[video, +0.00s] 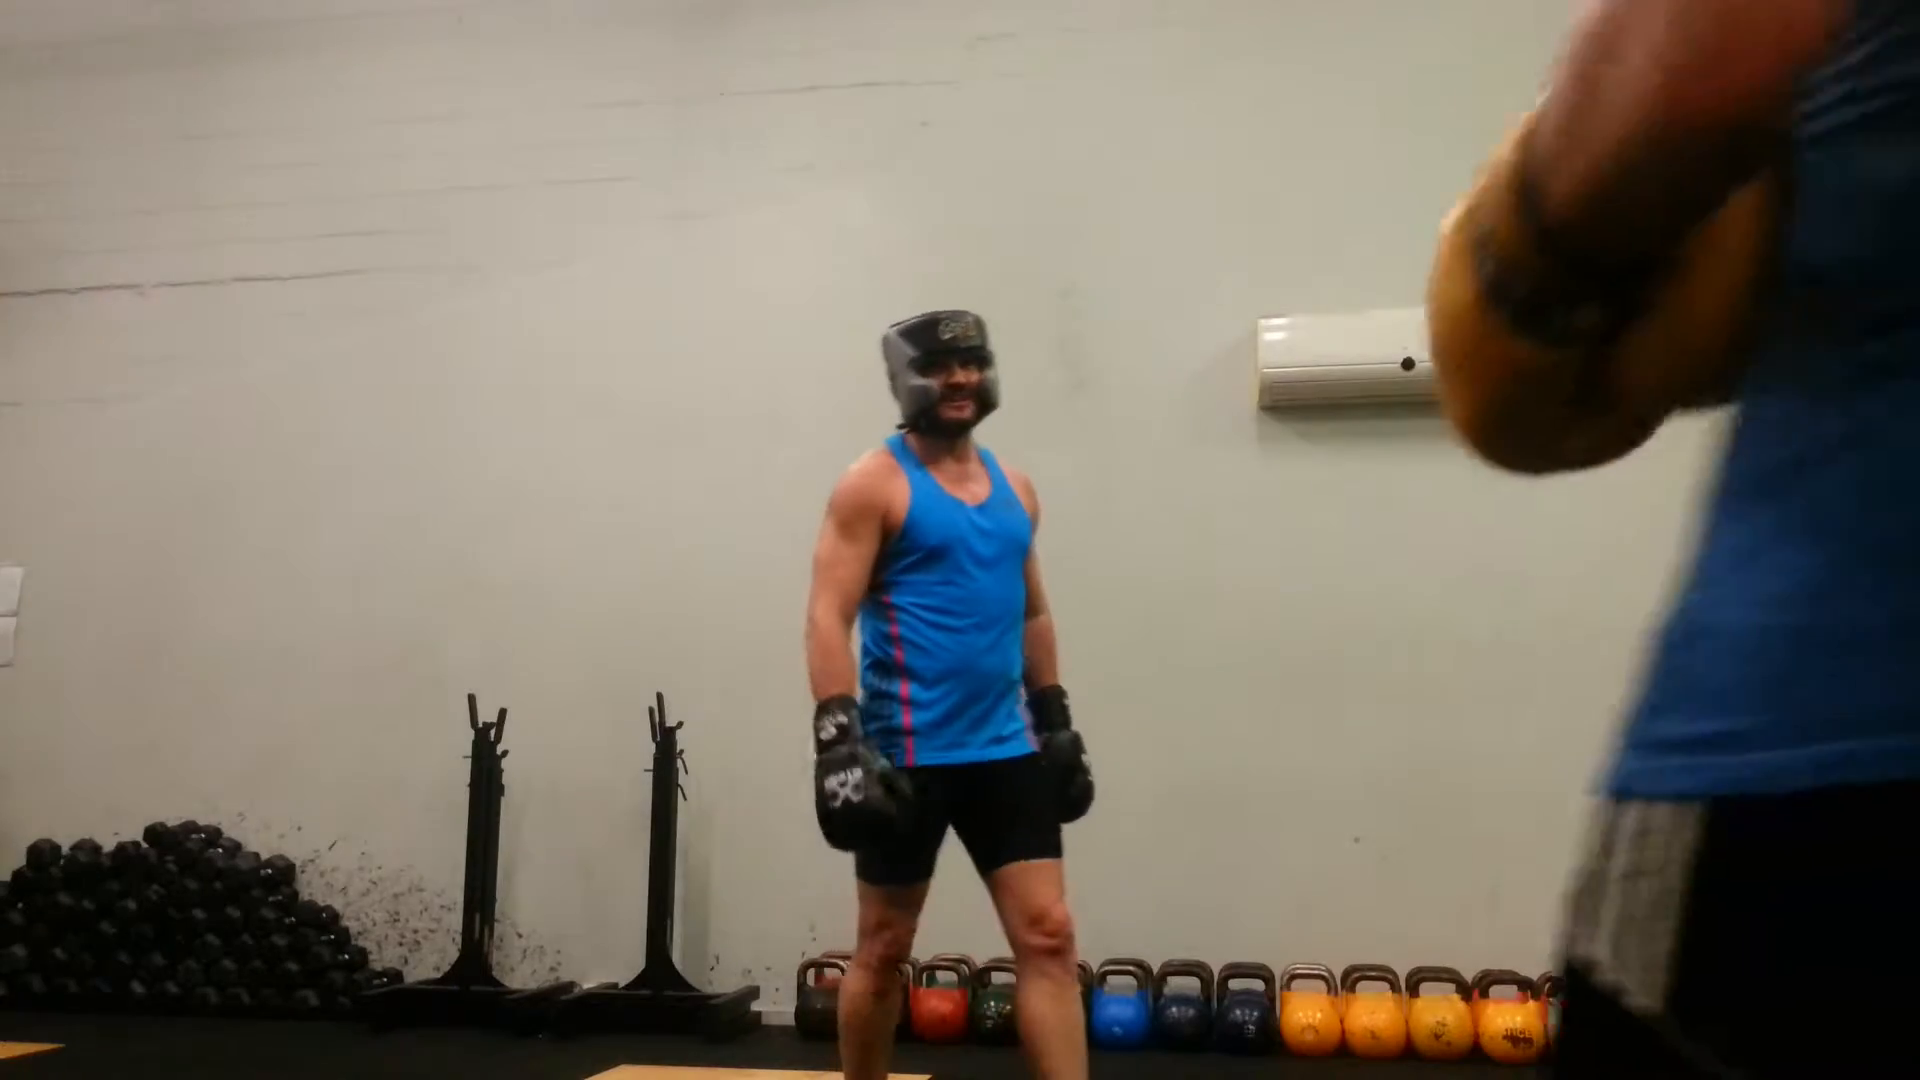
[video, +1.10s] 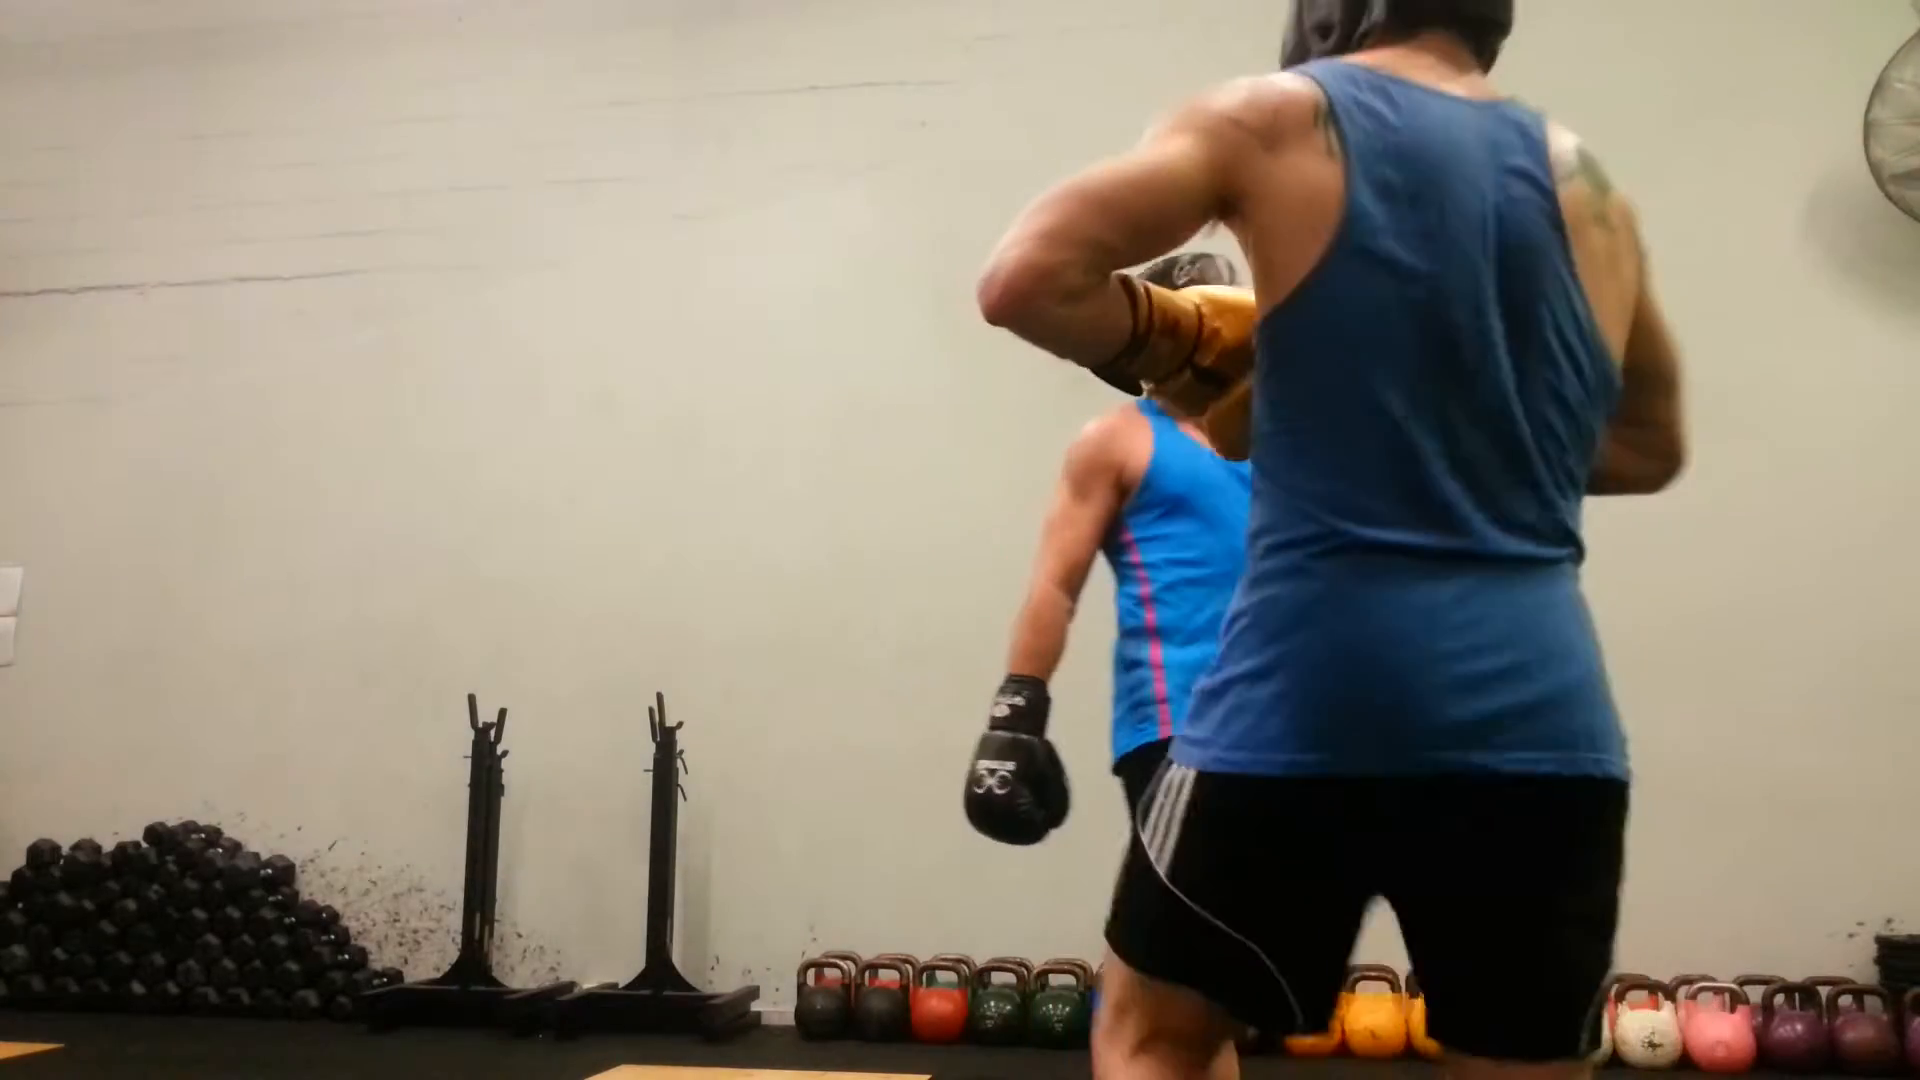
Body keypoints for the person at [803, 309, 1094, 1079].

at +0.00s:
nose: (963, 380)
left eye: (974, 365)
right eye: (942, 368)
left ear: (990, 377)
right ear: (905, 382)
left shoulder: (1012, 487)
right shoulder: (872, 486)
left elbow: (1034, 614)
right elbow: (829, 616)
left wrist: (1054, 727)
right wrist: (838, 745)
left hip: (1005, 751)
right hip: (903, 758)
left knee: (1048, 936)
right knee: (883, 948)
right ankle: (861, 1079)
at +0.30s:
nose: (1040, 355)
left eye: (1055, 342)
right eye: (1021, 342)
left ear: (1076, 361)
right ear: (990, 358)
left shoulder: (1104, 483)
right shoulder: (950, 466)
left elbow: (1129, 617)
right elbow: (889, 595)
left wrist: (1152, 739)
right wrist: (856, 724)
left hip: (1092, 748)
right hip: (985, 751)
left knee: (1092, 950)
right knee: (958, 952)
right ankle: (895, 1074)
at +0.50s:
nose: (1085, 360)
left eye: (1099, 343)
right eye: (1068, 342)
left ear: (1122, 362)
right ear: (1041, 357)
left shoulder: (1160, 486)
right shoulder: (996, 460)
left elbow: (1207, 623)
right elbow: (931, 586)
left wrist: (1253, 728)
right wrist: (897, 705)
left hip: (1136, 737)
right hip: (1035, 733)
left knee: (1117, 951)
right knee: (1046, 943)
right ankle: (969, 1073)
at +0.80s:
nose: (1152, 357)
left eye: (1167, 338)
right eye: (1134, 337)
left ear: (1188, 349)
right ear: (1103, 350)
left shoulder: (1218, 461)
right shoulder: (1058, 448)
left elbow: (1261, 596)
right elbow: (984, 578)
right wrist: (974, 699)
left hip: (1194, 732)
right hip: (1092, 728)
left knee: (1139, 959)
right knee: (1151, 952)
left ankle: (1097, 1072)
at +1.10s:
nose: (1239, 357)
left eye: (1243, 336)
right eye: (1220, 335)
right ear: (1184, 349)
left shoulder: (1268, 443)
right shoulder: (1123, 439)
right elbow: (1057, 584)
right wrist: (1017, 719)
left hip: (1274, 730)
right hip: (1174, 735)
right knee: (1203, 1005)